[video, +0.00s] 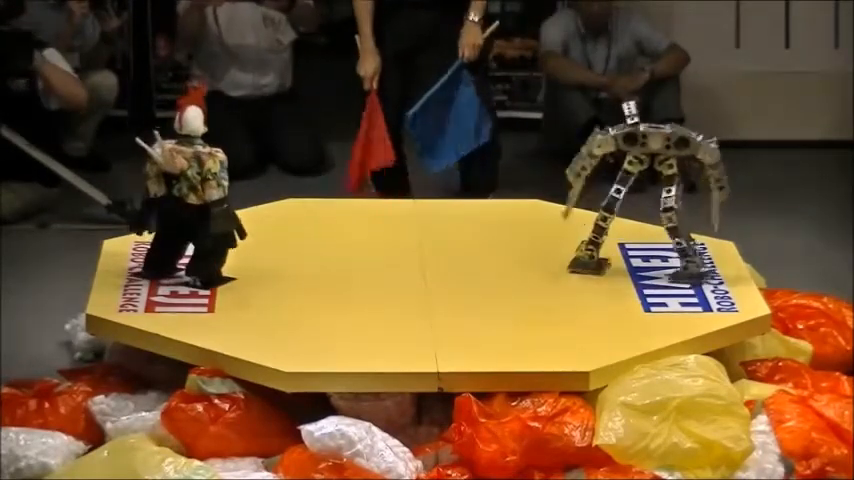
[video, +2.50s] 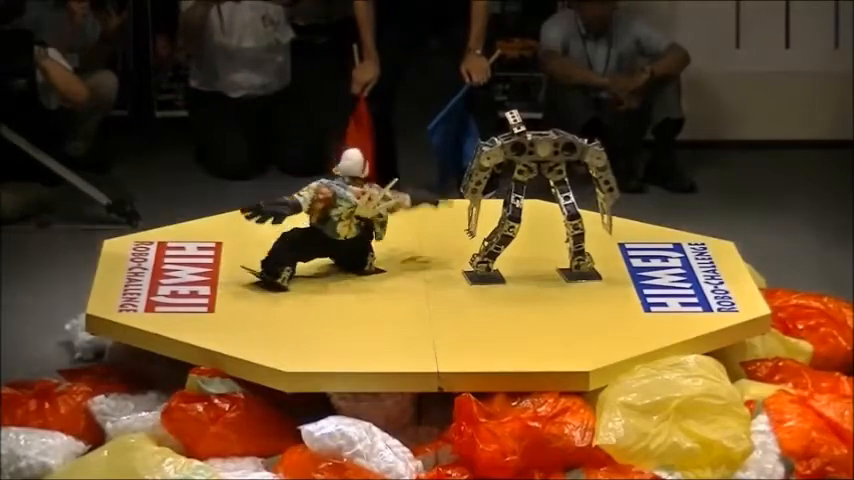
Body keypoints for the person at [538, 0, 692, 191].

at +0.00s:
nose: (597, 10)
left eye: (604, 4)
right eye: (590, 4)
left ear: (612, 5)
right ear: (576, 6)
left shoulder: (628, 23)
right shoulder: (558, 25)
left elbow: (679, 56)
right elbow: (551, 64)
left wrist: (644, 75)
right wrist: (608, 82)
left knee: (667, 79)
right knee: (563, 85)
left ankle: (668, 155)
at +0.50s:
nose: (596, 11)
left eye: (602, 4)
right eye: (589, 5)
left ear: (611, 5)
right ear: (576, 6)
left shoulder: (628, 23)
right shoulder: (558, 25)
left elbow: (679, 56)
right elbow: (550, 64)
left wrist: (645, 74)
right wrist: (608, 83)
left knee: (667, 81)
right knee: (562, 86)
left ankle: (672, 158)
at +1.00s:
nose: (597, 9)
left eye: (603, 3)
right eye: (589, 3)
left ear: (613, 4)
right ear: (578, 5)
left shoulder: (629, 21)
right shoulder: (559, 24)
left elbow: (680, 56)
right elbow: (550, 64)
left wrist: (645, 75)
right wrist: (608, 83)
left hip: (629, 108)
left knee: (668, 81)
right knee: (565, 93)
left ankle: (663, 164)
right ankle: (616, 164)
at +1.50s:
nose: (597, 9)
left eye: (604, 2)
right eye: (590, 3)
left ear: (613, 4)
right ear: (576, 6)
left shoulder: (628, 23)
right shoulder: (558, 25)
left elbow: (679, 56)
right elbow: (551, 65)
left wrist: (644, 76)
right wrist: (610, 83)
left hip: (627, 112)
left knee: (668, 78)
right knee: (564, 91)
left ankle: (663, 164)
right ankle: (618, 165)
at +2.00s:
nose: (597, 10)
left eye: (604, 4)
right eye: (590, 4)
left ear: (613, 5)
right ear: (576, 6)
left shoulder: (629, 23)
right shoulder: (558, 26)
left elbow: (679, 56)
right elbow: (551, 65)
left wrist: (643, 76)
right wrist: (609, 82)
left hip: (625, 113)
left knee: (668, 81)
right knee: (564, 90)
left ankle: (662, 165)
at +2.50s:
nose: (599, 15)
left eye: (604, 8)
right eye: (593, 8)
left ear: (613, 7)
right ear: (578, 7)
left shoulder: (628, 26)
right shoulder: (558, 26)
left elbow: (679, 56)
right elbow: (551, 65)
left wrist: (643, 77)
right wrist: (608, 82)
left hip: (624, 114)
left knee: (667, 79)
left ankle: (664, 164)